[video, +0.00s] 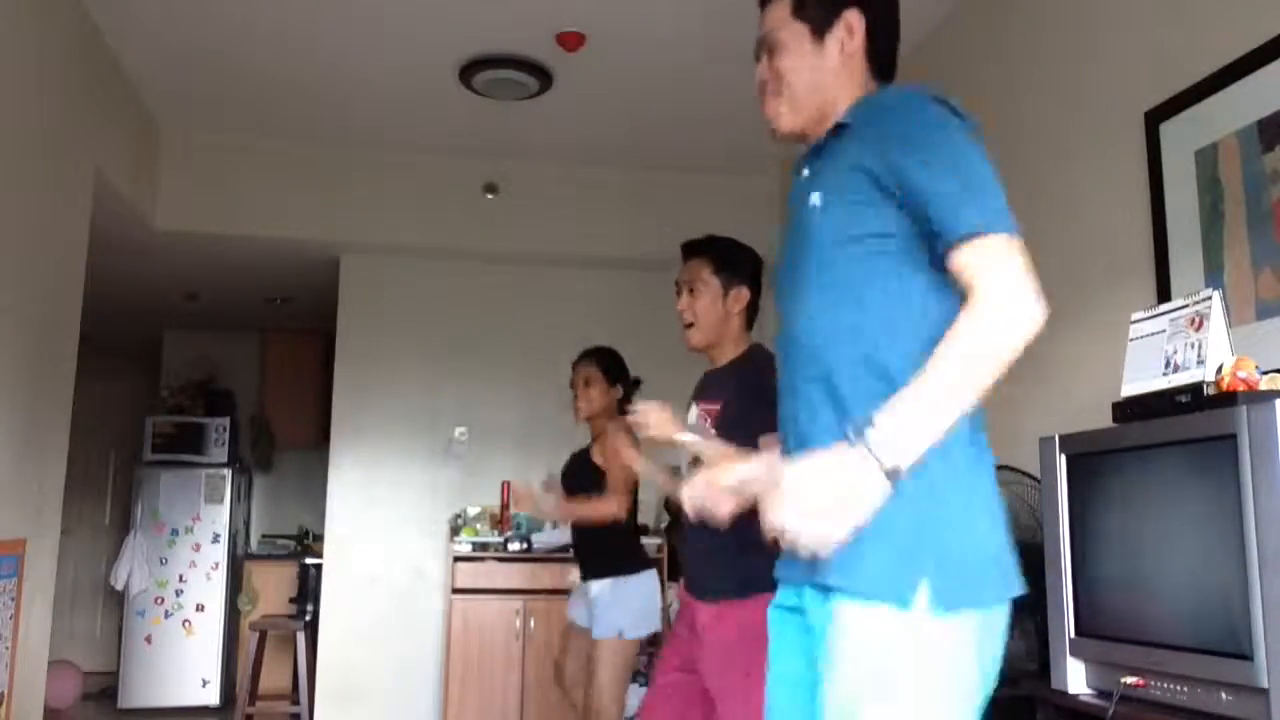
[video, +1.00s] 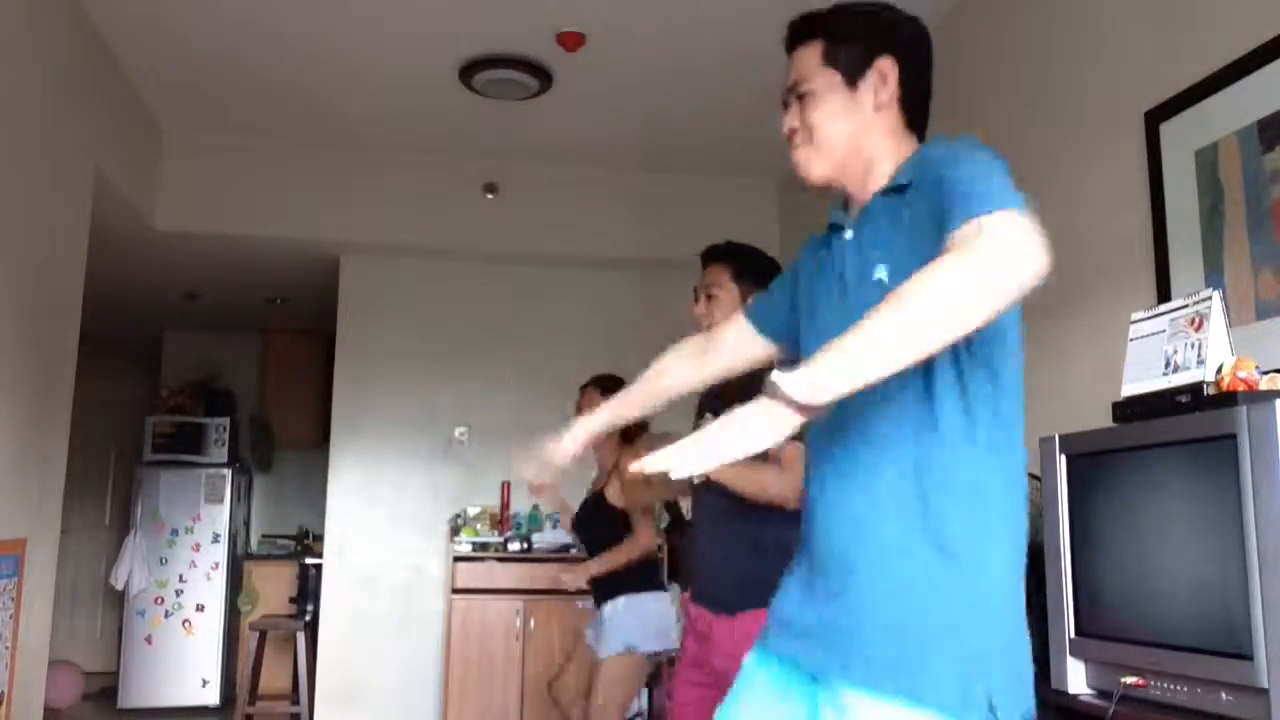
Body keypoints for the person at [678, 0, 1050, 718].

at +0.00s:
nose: (760, 74)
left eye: (772, 47)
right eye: (759, 55)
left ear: (847, 35)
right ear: (840, 39)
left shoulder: (902, 119)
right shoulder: (812, 178)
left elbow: (1011, 299)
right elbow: (861, 398)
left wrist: (870, 462)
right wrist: (762, 466)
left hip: (915, 579)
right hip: (815, 575)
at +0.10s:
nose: (757, 113)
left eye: (773, 87)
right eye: (757, 94)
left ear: (848, 78)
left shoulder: (914, 185)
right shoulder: (816, 228)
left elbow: (997, 388)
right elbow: (860, 430)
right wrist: (746, 448)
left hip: (936, 627)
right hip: (817, 619)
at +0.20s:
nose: (754, 139)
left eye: (770, 112)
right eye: (757, 119)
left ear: (844, 104)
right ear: (842, 108)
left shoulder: (915, 232)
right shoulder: (822, 262)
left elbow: (1010, 448)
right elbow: (877, 461)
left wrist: (907, 600)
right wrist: (780, 498)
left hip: (946, 636)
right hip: (839, 625)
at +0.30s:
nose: (758, 115)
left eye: (773, 85)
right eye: (759, 92)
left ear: (847, 70)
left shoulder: (933, 196)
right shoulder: (820, 228)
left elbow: (1021, 405)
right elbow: (837, 425)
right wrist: (770, 517)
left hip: (933, 656)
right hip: (823, 635)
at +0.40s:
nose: (760, 76)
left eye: (772, 47)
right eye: (758, 57)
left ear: (846, 28)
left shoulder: (910, 117)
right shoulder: (821, 181)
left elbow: (1007, 294)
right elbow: (840, 414)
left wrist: (798, 373)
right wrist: (717, 420)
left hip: (915, 597)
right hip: (811, 588)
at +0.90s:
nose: (783, 99)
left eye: (796, 72)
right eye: (781, 82)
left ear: (875, 51)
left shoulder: (954, 143)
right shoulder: (831, 221)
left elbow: (929, 286)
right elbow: (746, 346)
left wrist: (789, 347)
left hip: (918, 601)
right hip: (799, 590)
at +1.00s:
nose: (785, 123)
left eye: (803, 95)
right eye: (786, 103)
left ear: (881, 85)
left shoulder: (951, 172)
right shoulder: (819, 260)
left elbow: (1010, 254)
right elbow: (716, 348)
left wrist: (793, 395)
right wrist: (591, 425)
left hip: (935, 648)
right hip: (805, 631)